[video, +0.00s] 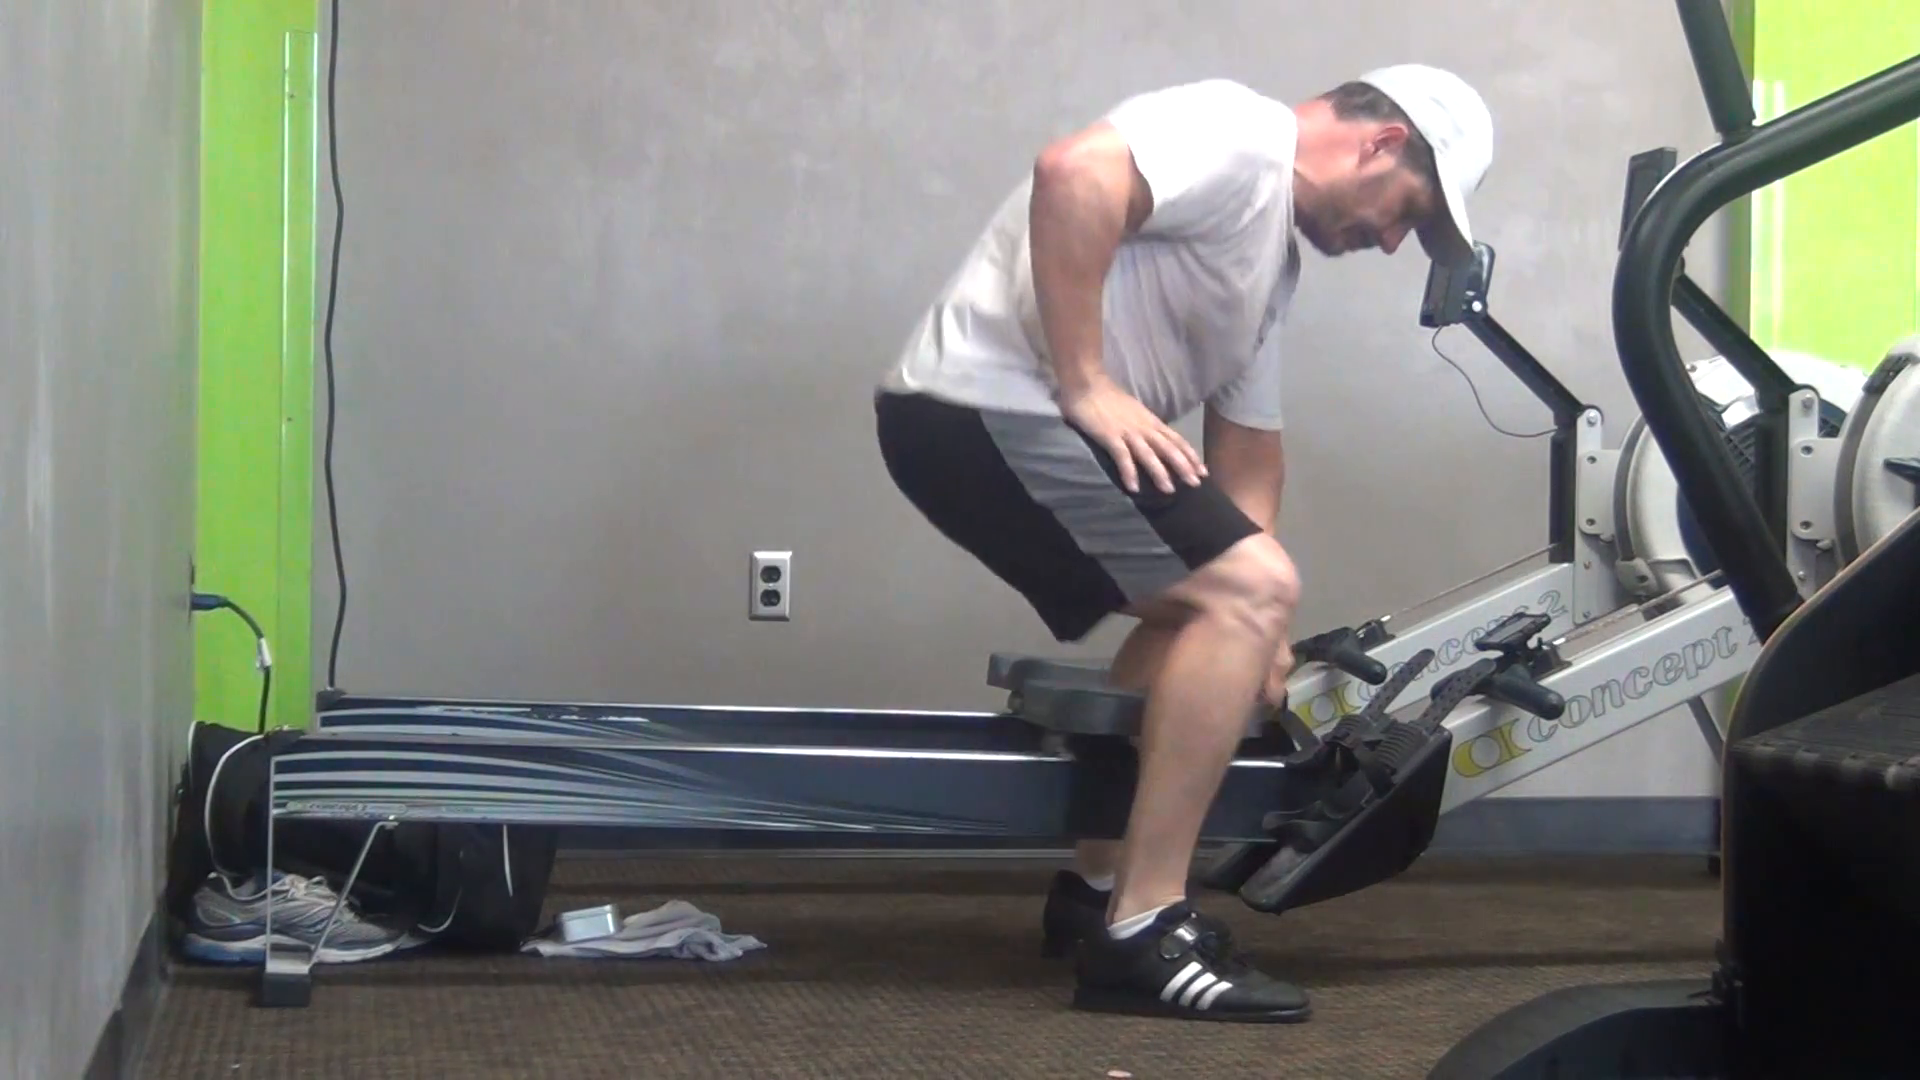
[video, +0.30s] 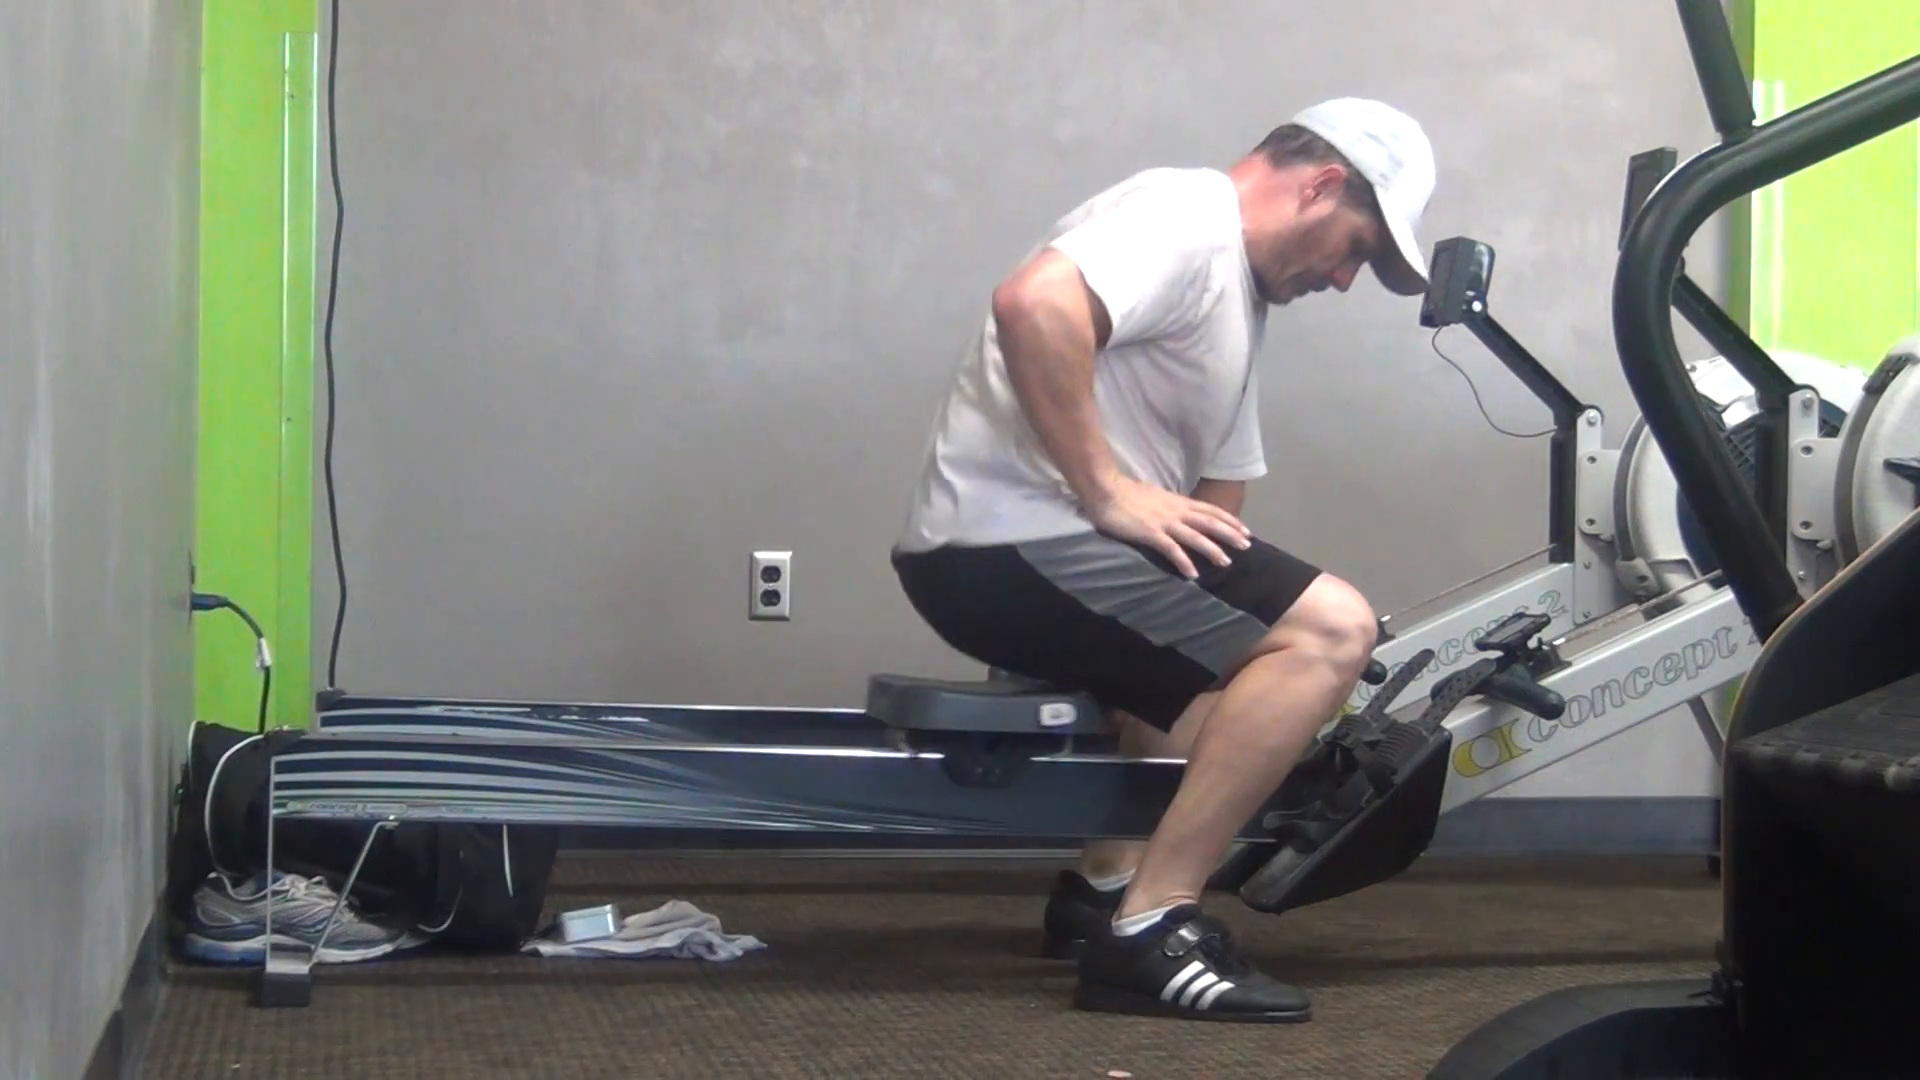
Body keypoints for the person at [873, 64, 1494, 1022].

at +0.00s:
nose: (1392, 243)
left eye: (1414, 231)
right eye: (1411, 213)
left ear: (1375, 145)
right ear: (1382, 143)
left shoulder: (1269, 258)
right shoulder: (1246, 136)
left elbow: (1248, 445)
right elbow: (1079, 175)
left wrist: (1258, 633)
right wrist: (1086, 381)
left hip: (1021, 413)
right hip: (982, 397)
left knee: (1199, 607)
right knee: (1256, 590)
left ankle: (1096, 884)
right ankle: (1142, 929)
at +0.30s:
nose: (1347, 280)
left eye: (1367, 264)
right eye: (1361, 249)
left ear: (1316, 187)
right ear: (1321, 184)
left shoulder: (1231, 301)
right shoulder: (1192, 213)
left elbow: (1214, 506)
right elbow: (1037, 302)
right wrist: (1109, 488)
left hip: (1049, 545)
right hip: (1000, 540)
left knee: (1231, 646)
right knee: (1327, 628)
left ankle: (1106, 879)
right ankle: (1149, 926)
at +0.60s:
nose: (1230, 271)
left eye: (1247, 253)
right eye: (1238, 240)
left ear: (1185, 188)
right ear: (1187, 184)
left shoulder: (1125, 302)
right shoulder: (1065, 241)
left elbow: (1166, 504)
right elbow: (924, 371)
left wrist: (1219, 649)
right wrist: (1035, 527)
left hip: (997, 588)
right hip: (936, 598)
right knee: (1286, 617)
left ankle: (1099, 882)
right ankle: (1145, 929)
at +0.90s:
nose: (1158, 235)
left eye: (1168, 212)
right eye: (1156, 199)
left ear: (1098, 172)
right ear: (1095, 163)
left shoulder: (1060, 333)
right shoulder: (962, 236)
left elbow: (1137, 506)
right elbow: (827, 369)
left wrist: (1272, 662)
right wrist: (947, 528)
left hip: (943, 599)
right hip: (860, 597)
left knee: (1199, 644)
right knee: (1224, 573)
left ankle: (1134, 933)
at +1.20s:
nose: (1133, 234)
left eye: (1141, 211)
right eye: (1130, 199)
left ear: (1067, 172)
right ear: (1067, 166)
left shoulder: (1041, 343)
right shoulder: (922, 234)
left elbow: (1126, 520)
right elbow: (777, 359)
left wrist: (1263, 674)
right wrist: (901, 525)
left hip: (914, 603)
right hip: (817, 596)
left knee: (1164, 628)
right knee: (1181, 567)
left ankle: (1136, 929)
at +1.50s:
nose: (1058, 215)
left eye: (1066, 193)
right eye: (1054, 180)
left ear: (993, 149)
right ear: (991, 142)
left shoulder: (991, 330)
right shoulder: (855, 219)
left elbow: (1103, 501)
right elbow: (724, 353)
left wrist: (1248, 638)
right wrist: (882, 497)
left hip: (907, 585)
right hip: (815, 591)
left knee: (1150, 565)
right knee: (1160, 531)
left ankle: (1147, 871)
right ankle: (1168, 877)